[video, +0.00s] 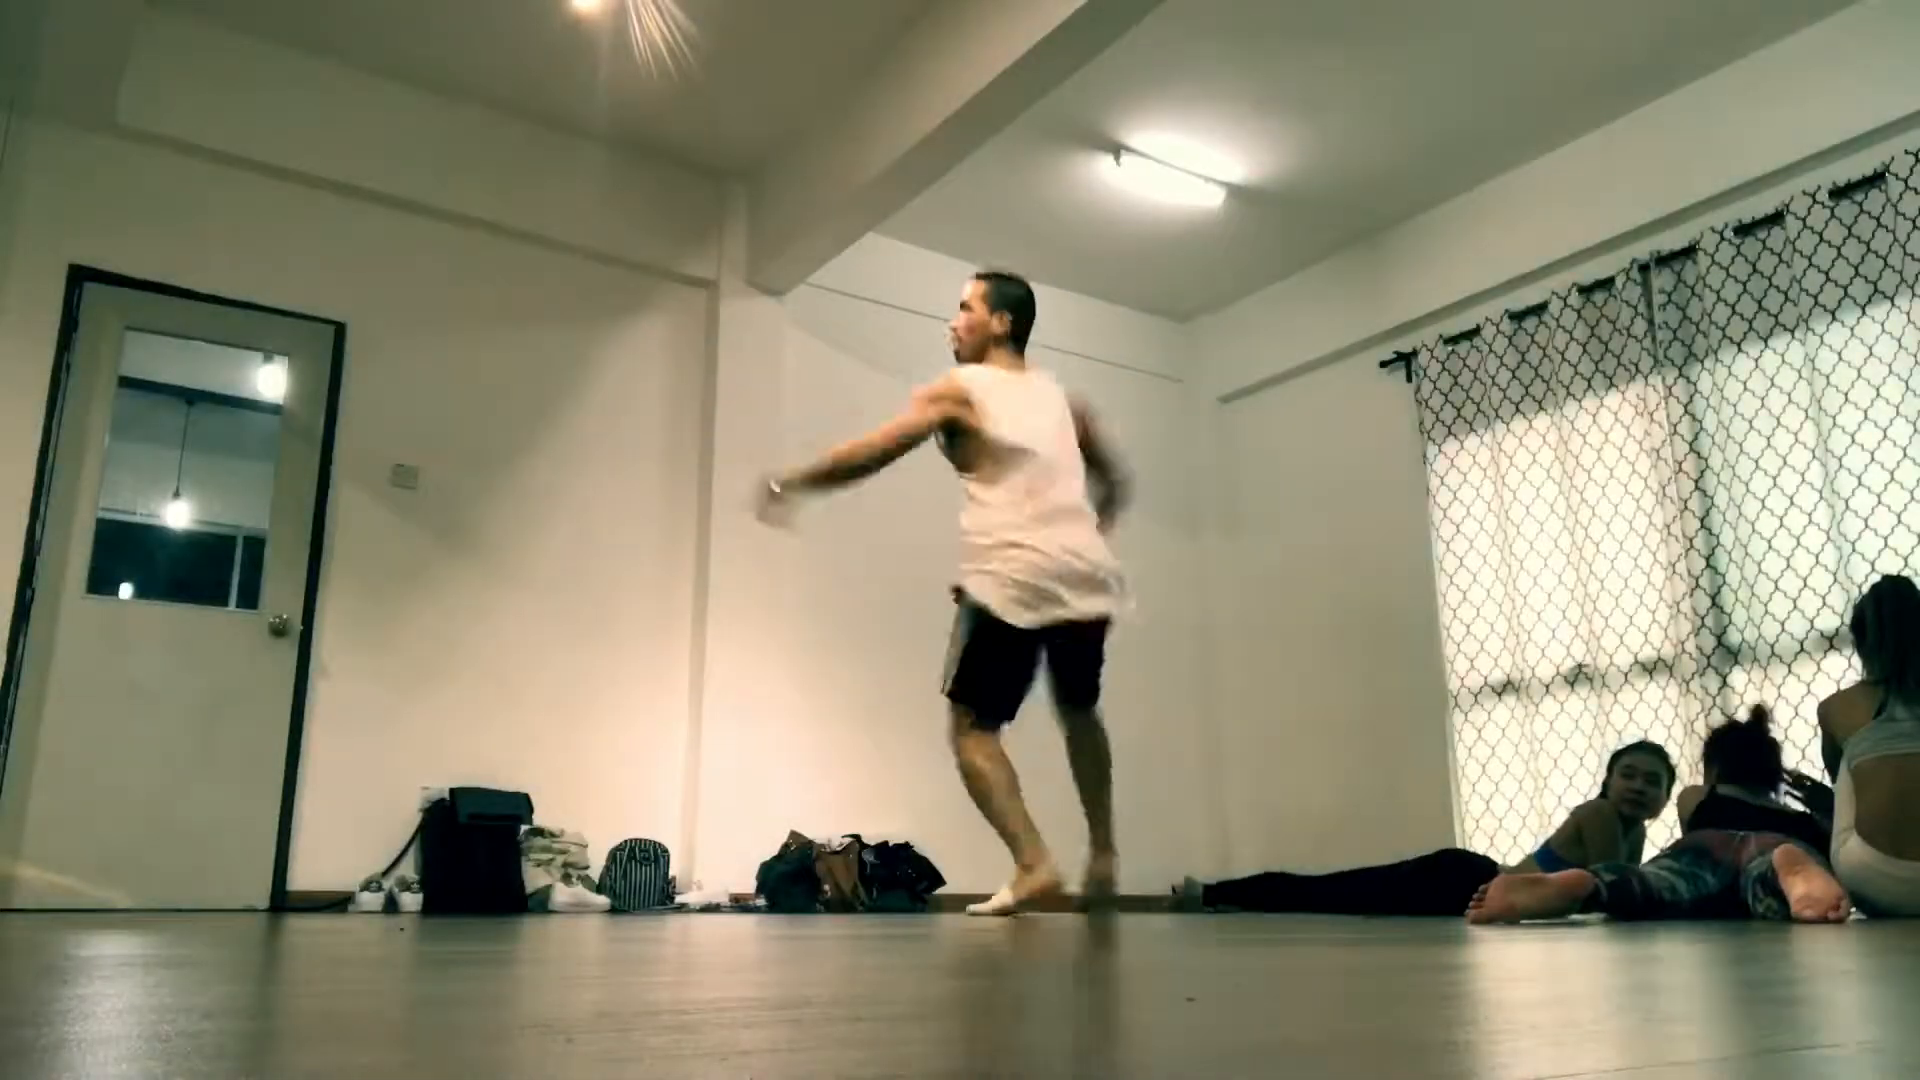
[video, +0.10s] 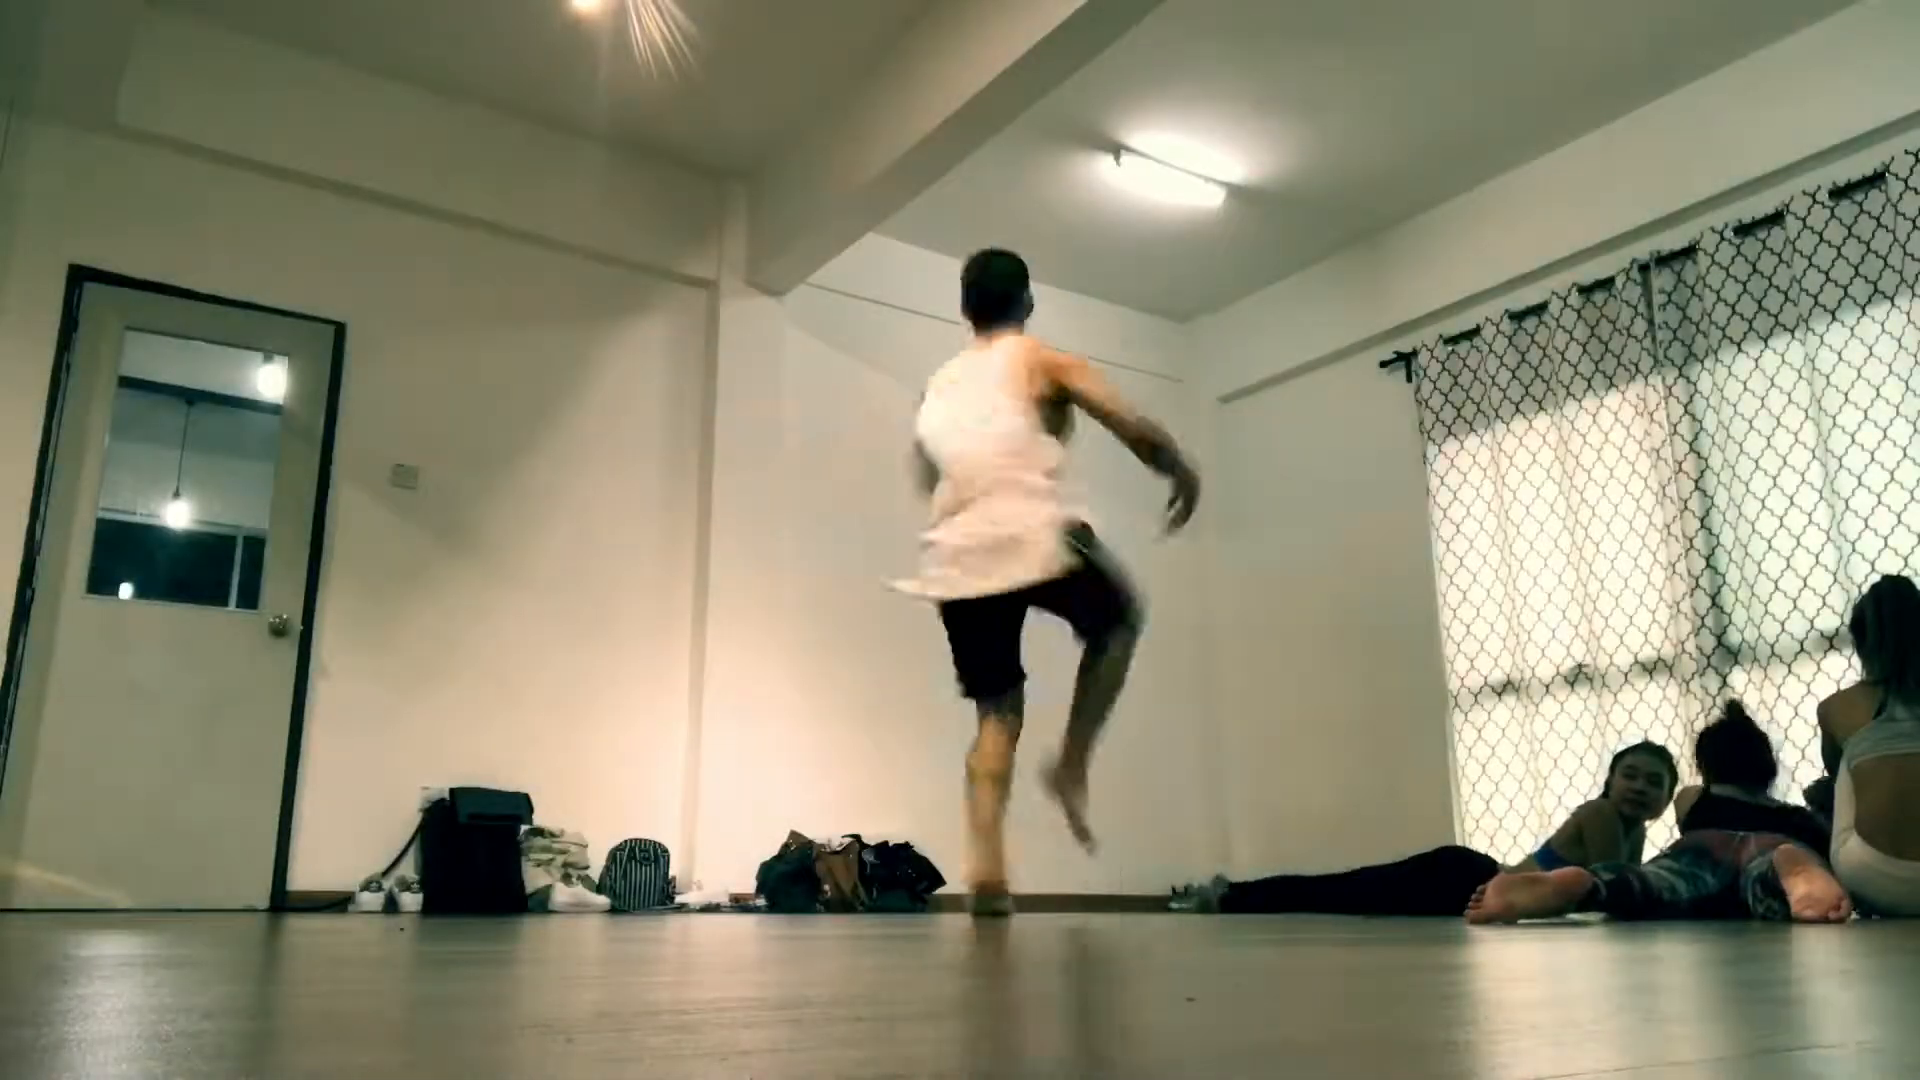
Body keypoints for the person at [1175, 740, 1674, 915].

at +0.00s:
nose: (1642, 790)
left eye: (1654, 784)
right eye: (1632, 777)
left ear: (1665, 797)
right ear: (1610, 781)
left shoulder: (1632, 839)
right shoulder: (1595, 820)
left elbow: (1624, 900)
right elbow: (1613, 896)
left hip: (1478, 890)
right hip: (1467, 883)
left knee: (1345, 892)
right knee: (1341, 891)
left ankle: (1216, 894)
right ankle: (1209, 896)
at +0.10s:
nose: (1642, 789)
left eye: (1655, 785)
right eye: (1633, 777)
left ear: (1664, 798)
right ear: (1611, 779)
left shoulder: (1631, 839)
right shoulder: (1596, 820)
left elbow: (1627, 898)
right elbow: (1613, 894)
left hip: (1476, 887)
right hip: (1465, 878)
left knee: (1348, 893)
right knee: (1345, 892)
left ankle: (1230, 895)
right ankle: (1225, 898)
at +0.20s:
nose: (1641, 789)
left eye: (1655, 785)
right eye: (1632, 777)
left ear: (1665, 799)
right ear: (1610, 779)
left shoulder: (1632, 841)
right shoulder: (1597, 820)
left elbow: (1628, 898)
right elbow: (1612, 893)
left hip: (1477, 887)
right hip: (1464, 879)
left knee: (1347, 894)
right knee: (1343, 894)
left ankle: (1231, 895)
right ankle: (1227, 898)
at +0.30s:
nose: (1644, 788)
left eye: (1656, 783)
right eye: (1634, 776)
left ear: (1665, 798)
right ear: (1611, 779)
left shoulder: (1631, 840)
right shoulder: (1597, 820)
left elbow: (1626, 900)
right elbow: (1612, 894)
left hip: (1476, 889)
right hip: (1462, 879)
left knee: (1347, 895)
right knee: (1343, 894)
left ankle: (1227, 898)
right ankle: (1220, 902)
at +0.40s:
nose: (1645, 790)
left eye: (1657, 785)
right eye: (1634, 777)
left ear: (1664, 799)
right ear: (1609, 780)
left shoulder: (1629, 843)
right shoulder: (1591, 821)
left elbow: (1625, 899)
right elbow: (1597, 887)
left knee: (1339, 895)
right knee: (1335, 895)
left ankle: (1215, 898)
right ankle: (1207, 901)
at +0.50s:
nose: (1642, 791)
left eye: (1654, 785)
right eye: (1632, 778)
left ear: (1662, 798)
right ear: (1607, 781)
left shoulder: (1615, 837)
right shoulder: (1595, 831)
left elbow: (1630, 900)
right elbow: (1633, 903)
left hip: (1466, 882)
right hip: (1456, 882)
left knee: (1335, 894)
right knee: (1330, 896)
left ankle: (1208, 898)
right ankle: (1202, 901)